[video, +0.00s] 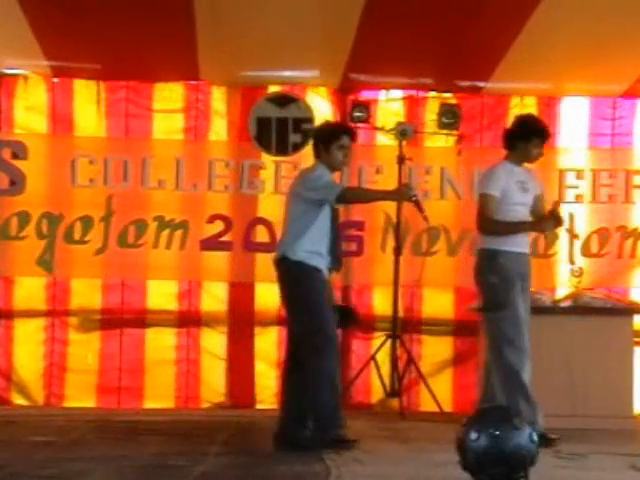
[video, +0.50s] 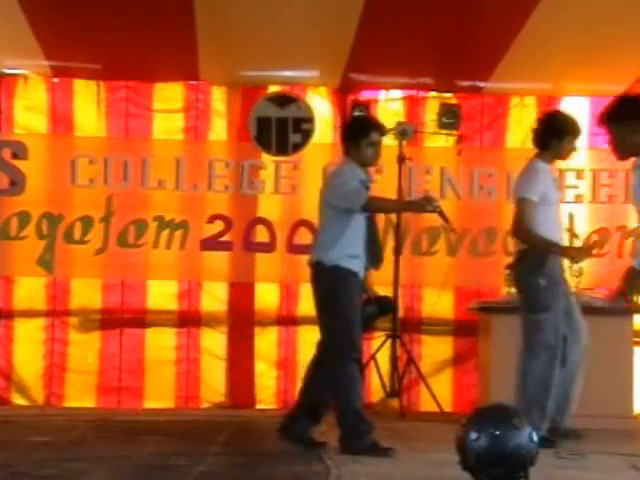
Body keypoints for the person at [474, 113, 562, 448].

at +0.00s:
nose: (541, 151)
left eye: (542, 145)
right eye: (537, 144)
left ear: (534, 145)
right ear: (521, 142)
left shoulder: (530, 180)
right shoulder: (496, 174)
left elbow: (540, 218)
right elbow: (484, 224)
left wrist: (552, 218)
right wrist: (532, 226)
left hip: (518, 260)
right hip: (497, 260)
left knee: (508, 343)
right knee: (512, 343)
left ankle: (493, 419)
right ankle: (525, 425)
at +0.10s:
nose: (547, 149)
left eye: (548, 142)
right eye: (544, 142)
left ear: (533, 142)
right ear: (527, 141)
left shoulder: (533, 178)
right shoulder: (505, 174)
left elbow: (543, 215)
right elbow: (490, 226)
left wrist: (561, 227)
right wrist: (538, 234)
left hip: (527, 259)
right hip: (508, 259)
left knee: (516, 344)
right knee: (520, 345)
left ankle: (494, 419)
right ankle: (525, 426)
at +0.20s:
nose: (552, 148)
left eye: (553, 141)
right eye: (549, 141)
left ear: (535, 141)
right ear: (533, 140)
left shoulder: (535, 175)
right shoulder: (509, 174)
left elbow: (546, 214)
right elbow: (494, 228)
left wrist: (564, 233)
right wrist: (541, 239)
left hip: (531, 259)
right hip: (514, 260)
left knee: (525, 345)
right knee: (523, 346)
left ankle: (496, 418)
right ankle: (526, 426)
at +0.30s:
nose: (558, 148)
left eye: (559, 141)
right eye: (556, 141)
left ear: (540, 140)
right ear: (541, 140)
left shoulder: (537, 174)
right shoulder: (519, 172)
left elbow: (547, 218)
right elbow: (501, 228)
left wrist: (565, 243)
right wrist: (547, 247)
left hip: (539, 263)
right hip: (523, 264)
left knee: (548, 345)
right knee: (531, 346)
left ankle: (505, 414)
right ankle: (527, 427)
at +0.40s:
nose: (564, 148)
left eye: (565, 141)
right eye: (561, 140)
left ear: (546, 140)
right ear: (545, 140)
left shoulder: (539, 174)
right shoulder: (525, 173)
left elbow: (541, 228)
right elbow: (508, 228)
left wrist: (565, 255)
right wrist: (553, 250)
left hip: (543, 266)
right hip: (528, 267)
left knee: (560, 344)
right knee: (537, 347)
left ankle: (521, 414)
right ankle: (529, 427)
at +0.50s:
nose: (573, 149)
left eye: (575, 142)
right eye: (571, 141)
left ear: (554, 140)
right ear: (555, 140)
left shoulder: (546, 174)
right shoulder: (535, 172)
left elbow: (539, 232)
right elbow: (520, 228)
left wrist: (580, 248)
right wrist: (566, 251)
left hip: (549, 266)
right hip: (536, 267)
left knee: (573, 338)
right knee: (544, 342)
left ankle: (555, 421)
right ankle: (533, 425)